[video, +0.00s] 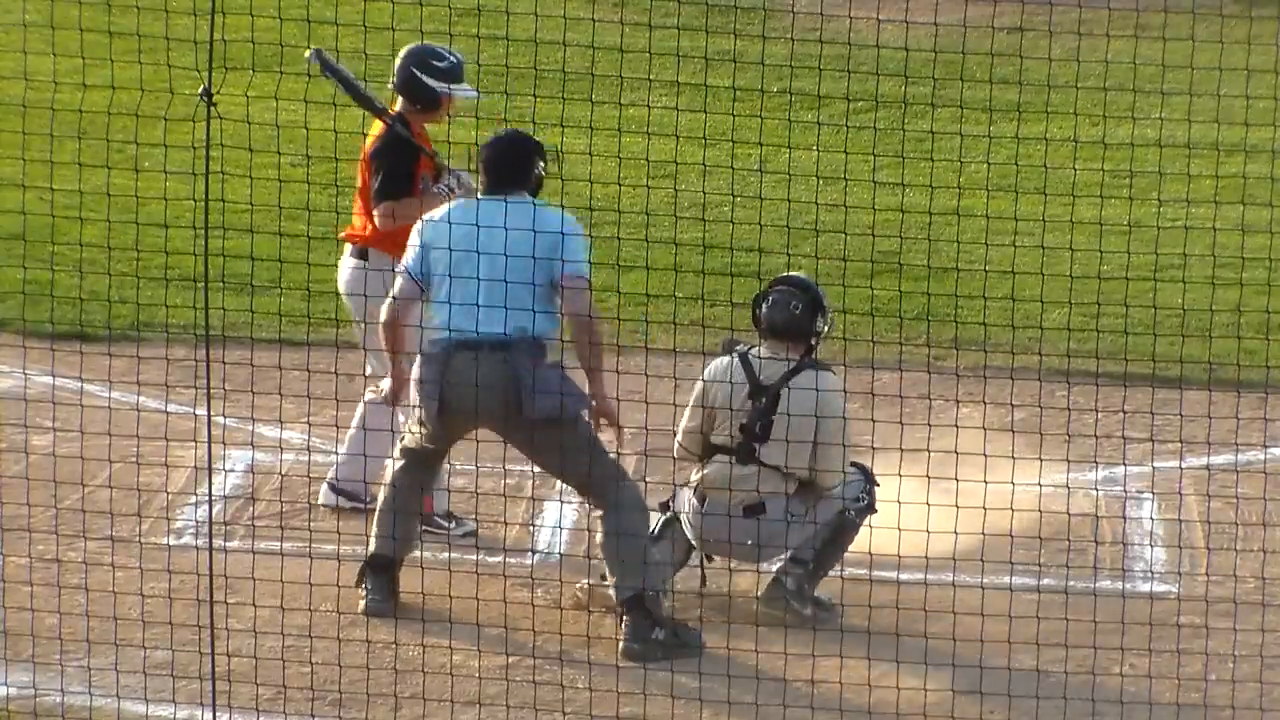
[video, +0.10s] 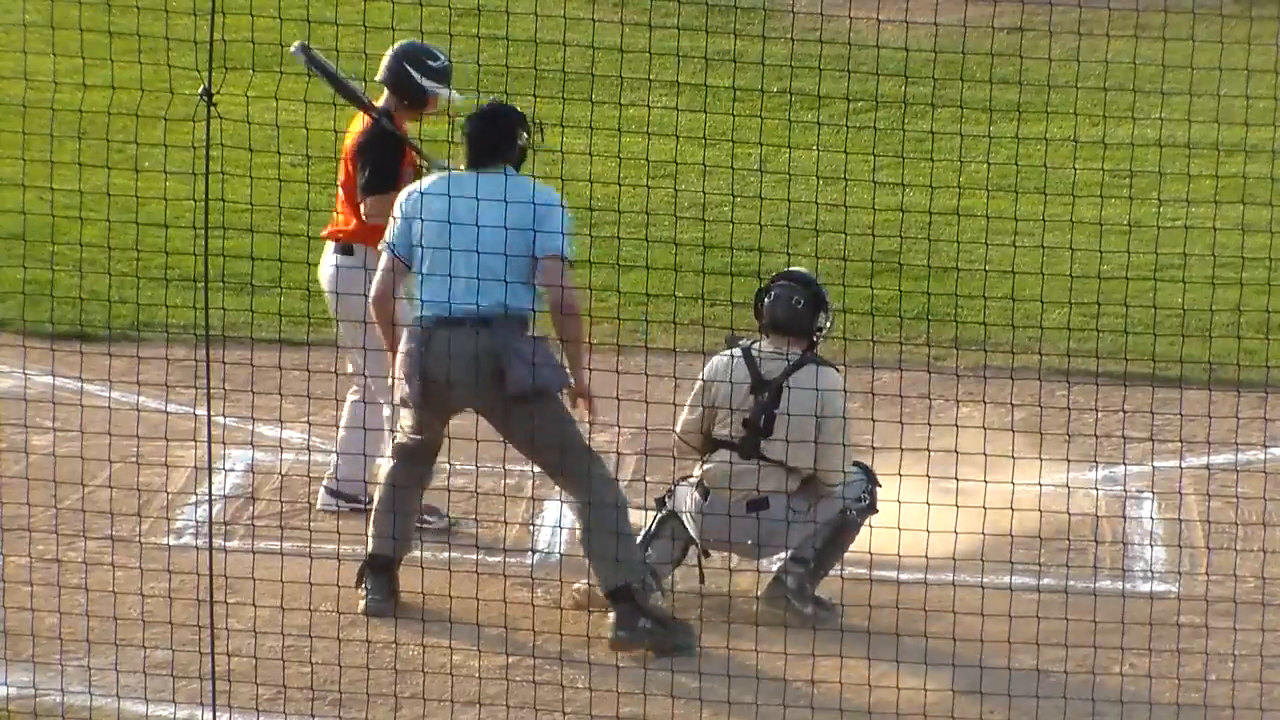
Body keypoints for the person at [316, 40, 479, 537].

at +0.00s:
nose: (453, 101)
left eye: (453, 91)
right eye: (449, 92)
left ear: (408, 89)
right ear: (429, 95)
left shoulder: (404, 132)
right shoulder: (394, 140)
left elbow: (402, 195)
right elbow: (386, 215)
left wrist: (444, 183)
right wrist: (440, 197)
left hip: (380, 269)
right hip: (375, 273)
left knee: (395, 378)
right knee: (412, 380)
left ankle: (349, 483)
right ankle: (428, 505)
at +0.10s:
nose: (435, 103)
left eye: (436, 94)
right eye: (432, 93)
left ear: (394, 85)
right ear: (414, 92)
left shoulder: (377, 123)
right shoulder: (379, 135)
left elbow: (390, 189)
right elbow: (373, 209)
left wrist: (419, 172)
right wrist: (425, 197)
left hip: (356, 260)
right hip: (361, 264)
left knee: (374, 377)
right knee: (394, 378)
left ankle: (345, 485)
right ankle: (405, 498)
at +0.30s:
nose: (402, 111)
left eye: (406, 102)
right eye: (402, 100)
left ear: (367, 83)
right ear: (387, 91)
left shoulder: (330, 116)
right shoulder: (358, 127)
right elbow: (353, 198)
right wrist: (408, 196)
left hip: (308, 257)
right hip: (340, 263)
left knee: (342, 379)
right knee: (368, 387)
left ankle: (348, 484)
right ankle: (305, 469)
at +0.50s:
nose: (384, 118)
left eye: (386, 110)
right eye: (384, 109)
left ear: (340, 92)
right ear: (369, 103)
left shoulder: (289, 119)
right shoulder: (346, 132)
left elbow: (234, 179)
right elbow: (351, 205)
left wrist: (191, 224)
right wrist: (404, 194)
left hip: (263, 263)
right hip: (304, 267)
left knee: (312, 372)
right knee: (303, 375)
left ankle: (335, 483)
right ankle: (262, 496)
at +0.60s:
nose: (373, 118)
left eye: (375, 110)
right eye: (373, 109)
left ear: (329, 92)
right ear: (359, 103)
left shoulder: (269, 116)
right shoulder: (339, 134)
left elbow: (215, 177)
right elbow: (346, 212)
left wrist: (175, 227)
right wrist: (381, 199)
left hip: (238, 258)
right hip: (284, 266)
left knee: (282, 370)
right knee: (287, 383)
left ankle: (306, 469)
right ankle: (260, 498)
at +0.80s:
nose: (327, 103)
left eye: (324, 94)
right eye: (327, 95)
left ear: (282, 80)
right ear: (320, 92)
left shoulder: (233, 108)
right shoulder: (312, 126)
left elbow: (192, 177)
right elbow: (324, 206)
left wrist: (216, 214)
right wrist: (344, 199)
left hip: (206, 252)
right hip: (264, 258)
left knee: (203, 358)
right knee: (270, 372)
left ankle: (177, 470)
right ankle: (260, 490)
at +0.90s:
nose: (302, 94)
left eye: (302, 87)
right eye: (302, 85)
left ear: (256, 72)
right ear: (295, 80)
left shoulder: (207, 107)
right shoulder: (291, 122)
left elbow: (180, 179)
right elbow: (309, 202)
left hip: (193, 252)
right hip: (255, 257)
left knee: (159, 358)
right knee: (267, 369)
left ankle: (124, 462)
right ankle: (262, 487)